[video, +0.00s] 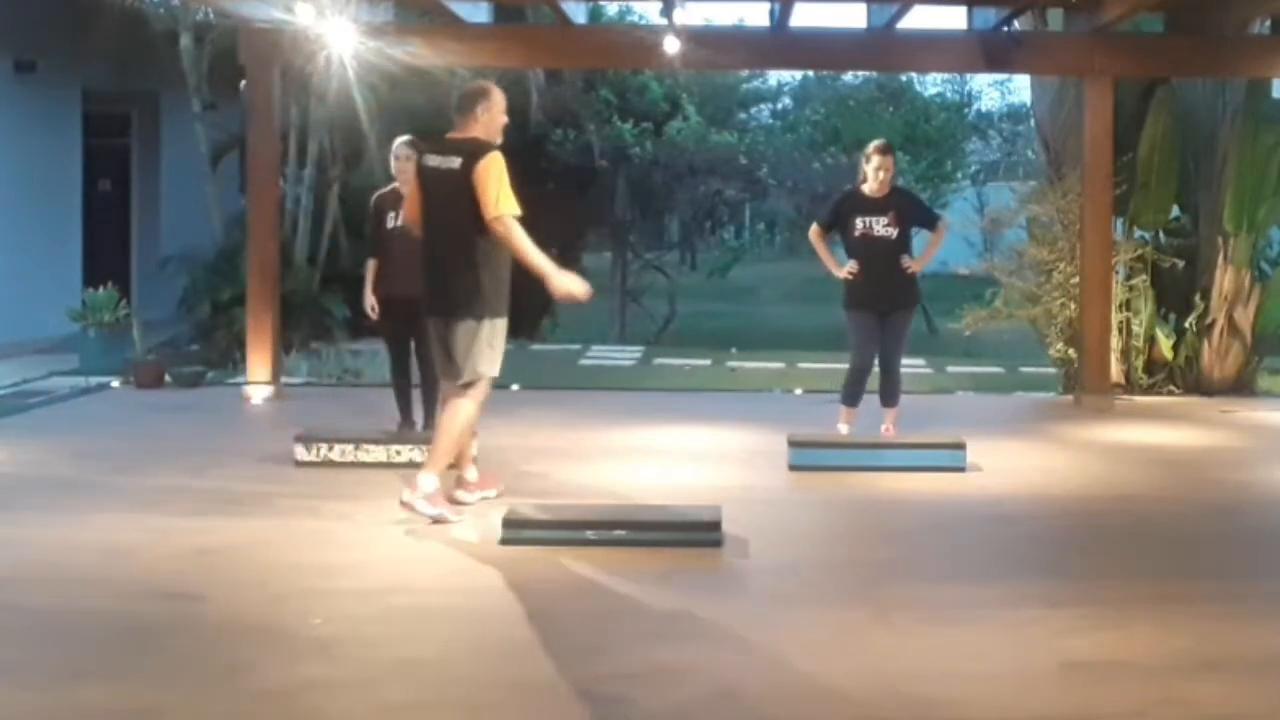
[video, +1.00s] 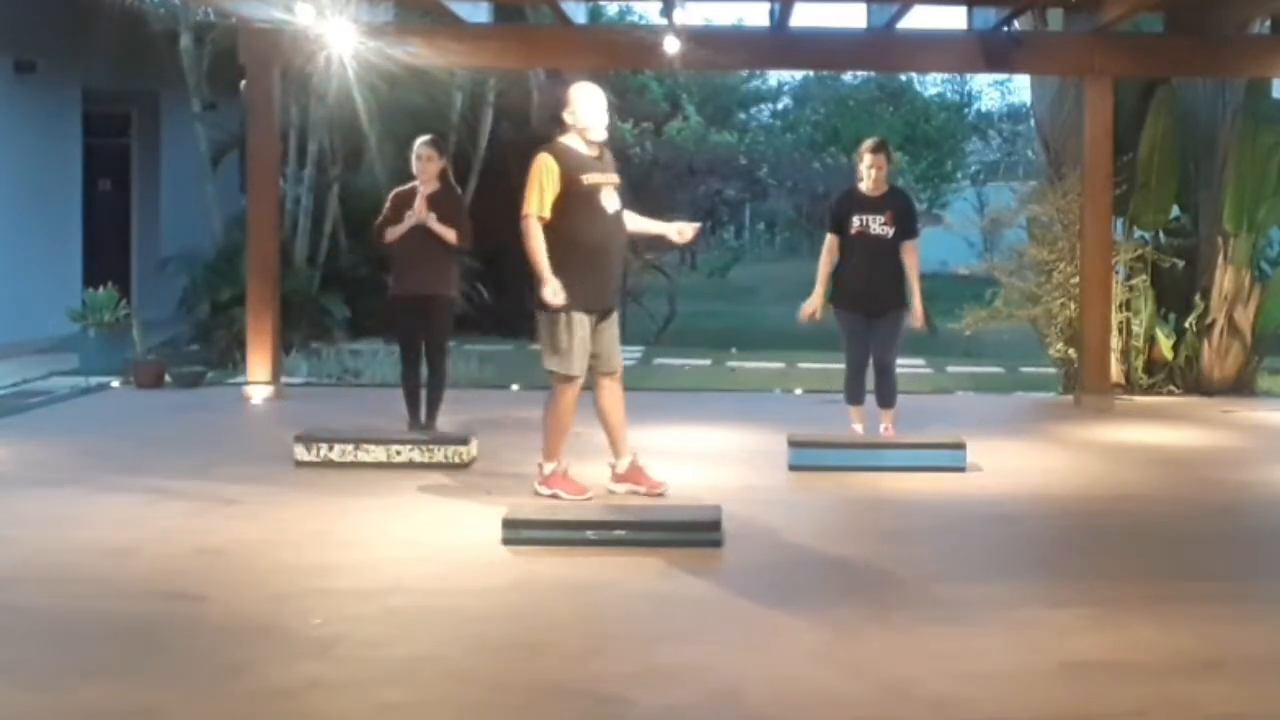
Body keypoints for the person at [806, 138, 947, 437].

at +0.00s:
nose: (884, 175)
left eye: (889, 169)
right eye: (879, 169)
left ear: (895, 170)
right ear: (866, 168)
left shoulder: (904, 200)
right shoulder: (848, 200)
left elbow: (940, 228)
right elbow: (815, 233)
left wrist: (922, 262)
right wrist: (836, 268)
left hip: (899, 289)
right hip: (862, 289)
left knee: (890, 360)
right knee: (863, 357)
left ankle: (889, 426)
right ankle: (845, 424)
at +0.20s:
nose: (886, 175)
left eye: (891, 169)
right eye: (881, 168)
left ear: (897, 170)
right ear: (868, 167)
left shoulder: (906, 199)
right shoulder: (850, 200)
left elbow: (943, 226)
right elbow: (818, 233)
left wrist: (925, 261)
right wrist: (839, 267)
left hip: (901, 287)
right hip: (865, 288)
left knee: (892, 361)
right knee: (870, 360)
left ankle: (889, 426)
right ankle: (854, 424)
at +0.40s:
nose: (885, 175)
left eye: (890, 169)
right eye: (880, 168)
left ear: (896, 170)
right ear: (867, 167)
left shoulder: (905, 200)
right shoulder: (848, 200)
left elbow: (942, 226)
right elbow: (816, 232)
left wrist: (924, 261)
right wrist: (836, 267)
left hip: (900, 287)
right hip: (863, 288)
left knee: (892, 360)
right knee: (871, 360)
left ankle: (889, 425)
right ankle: (861, 424)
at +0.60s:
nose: (880, 172)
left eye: (886, 166)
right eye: (876, 166)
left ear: (892, 167)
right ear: (863, 165)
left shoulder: (902, 199)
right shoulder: (844, 199)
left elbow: (937, 226)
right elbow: (811, 230)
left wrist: (923, 262)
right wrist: (828, 268)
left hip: (895, 288)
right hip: (858, 289)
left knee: (888, 359)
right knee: (865, 359)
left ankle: (889, 425)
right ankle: (859, 424)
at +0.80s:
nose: (875, 171)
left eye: (880, 165)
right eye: (870, 165)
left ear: (889, 166)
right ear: (860, 165)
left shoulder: (902, 200)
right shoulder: (844, 198)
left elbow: (919, 246)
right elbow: (814, 237)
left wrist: (924, 289)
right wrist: (819, 282)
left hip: (890, 293)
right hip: (852, 294)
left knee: (886, 360)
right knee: (857, 358)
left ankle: (887, 425)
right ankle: (857, 423)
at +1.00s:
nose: (872, 174)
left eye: (878, 167)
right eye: (867, 167)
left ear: (888, 168)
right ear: (859, 168)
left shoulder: (901, 203)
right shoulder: (844, 202)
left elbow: (909, 253)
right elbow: (830, 249)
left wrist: (916, 301)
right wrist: (818, 294)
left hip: (889, 297)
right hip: (851, 297)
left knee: (885, 361)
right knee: (856, 361)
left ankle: (887, 425)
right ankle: (857, 426)